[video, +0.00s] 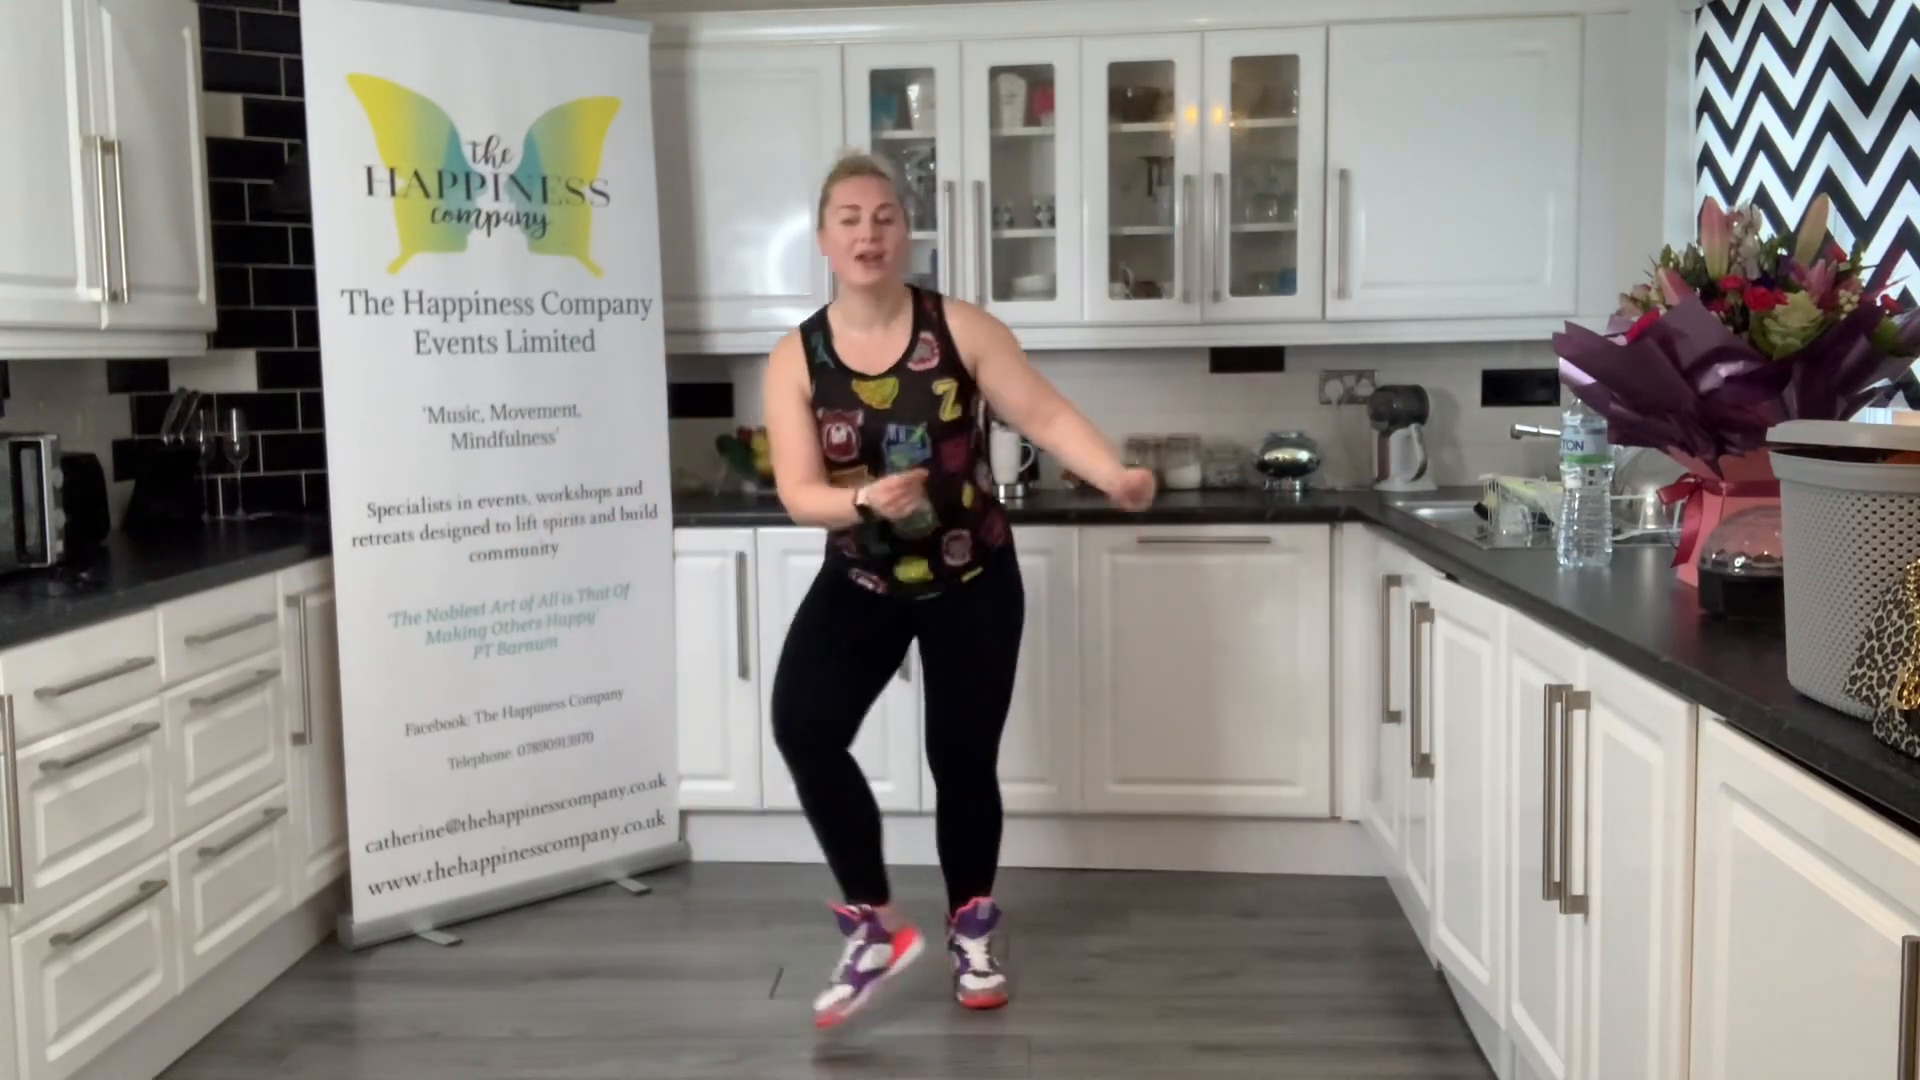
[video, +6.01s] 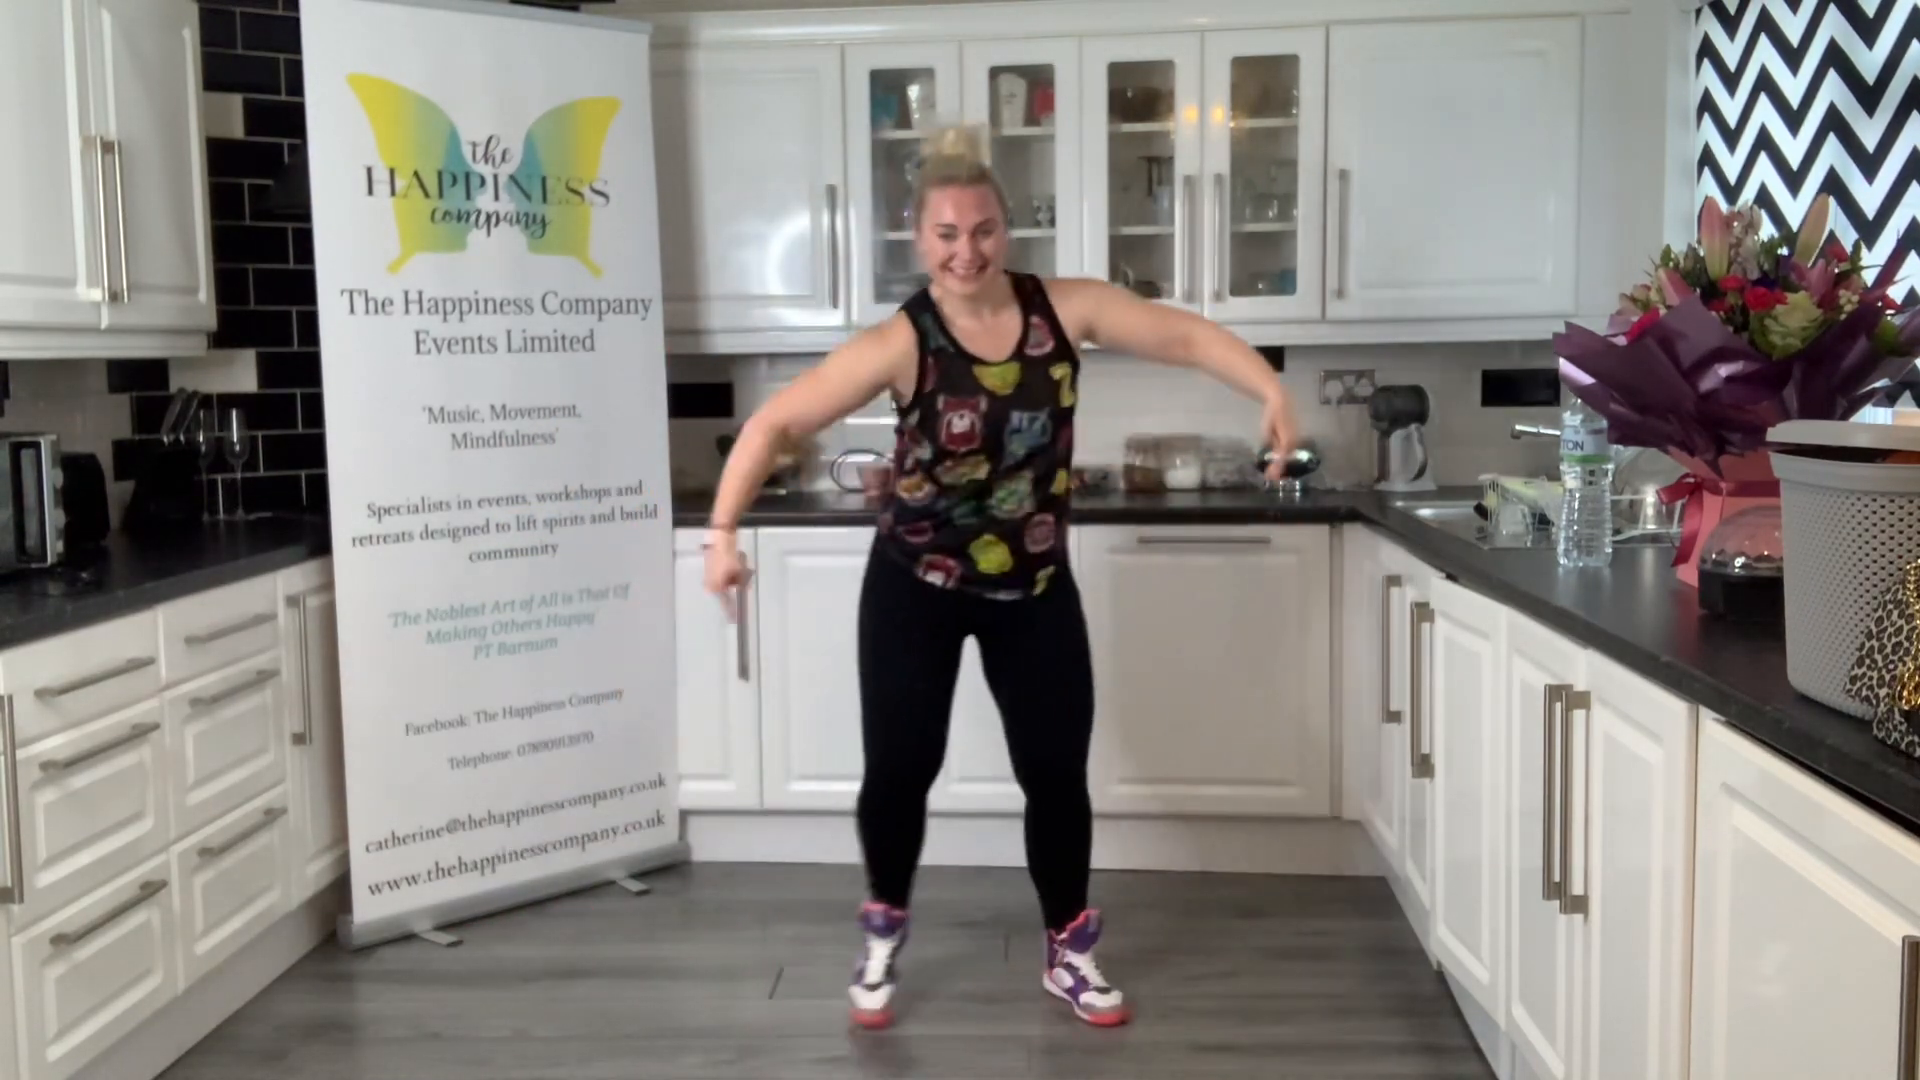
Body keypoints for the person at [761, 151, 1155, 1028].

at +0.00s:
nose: (868, 233)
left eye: (884, 217)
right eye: (849, 218)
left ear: (908, 232)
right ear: (821, 237)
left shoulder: (963, 328)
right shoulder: (795, 359)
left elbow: (1045, 414)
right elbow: (798, 496)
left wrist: (1113, 472)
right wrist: (862, 500)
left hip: (970, 577)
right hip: (862, 581)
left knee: (963, 756)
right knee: (803, 727)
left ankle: (973, 928)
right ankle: (873, 926)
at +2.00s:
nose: (890, 245)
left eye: (905, 227)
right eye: (870, 229)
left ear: (929, 243)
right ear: (844, 249)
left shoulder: (973, 342)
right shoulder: (807, 358)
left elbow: (1052, 442)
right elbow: (783, 493)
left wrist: (1133, 483)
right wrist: (850, 515)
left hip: (982, 586)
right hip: (876, 590)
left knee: (977, 765)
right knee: (847, 754)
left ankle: (979, 930)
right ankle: (906, 946)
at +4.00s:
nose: (867, 254)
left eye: (885, 234)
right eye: (848, 235)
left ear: (910, 237)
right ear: (822, 238)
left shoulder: (947, 329)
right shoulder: (788, 353)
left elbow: (1064, 384)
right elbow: (794, 495)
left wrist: (1088, 313)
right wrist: (901, 547)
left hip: (941, 585)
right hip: (830, 587)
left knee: (920, 755)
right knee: (814, 756)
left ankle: (925, 940)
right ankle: (773, 946)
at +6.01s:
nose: (965, 251)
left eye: (982, 231)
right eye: (945, 234)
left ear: (1007, 230)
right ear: (919, 240)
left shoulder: (1067, 307)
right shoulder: (899, 341)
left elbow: (1186, 335)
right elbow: (772, 424)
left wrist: (1274, 392)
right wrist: (721, 532)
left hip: (1032, 580)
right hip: (918, 583)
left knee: (1058, 775)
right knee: (899, 770)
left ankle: (1068, 952)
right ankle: (883, 930)